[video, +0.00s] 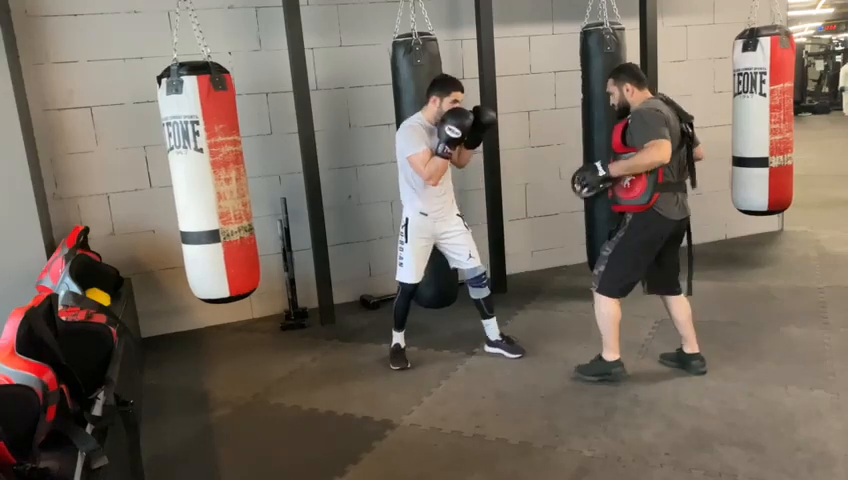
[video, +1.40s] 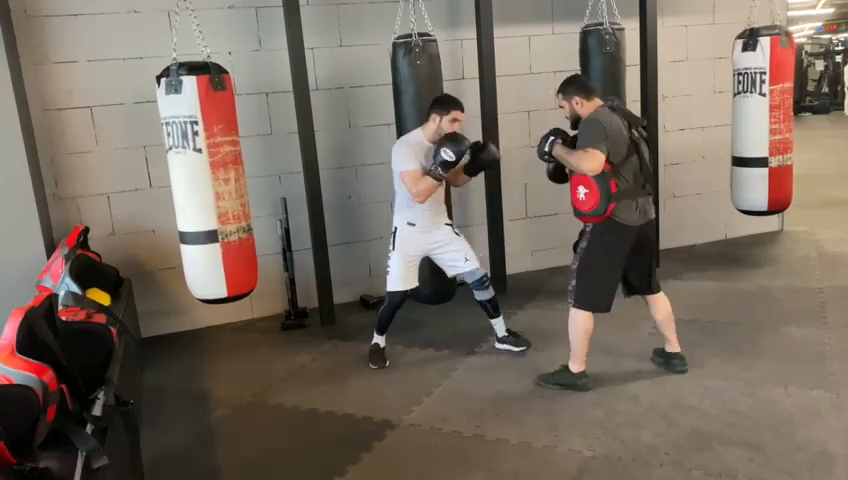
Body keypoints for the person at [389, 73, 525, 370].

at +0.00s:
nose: (457, 109)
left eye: (460, 104)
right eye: (454, 102)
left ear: (445, 102)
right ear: (434, 100)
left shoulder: (445, 127)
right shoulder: (409, 130)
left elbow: (461, 161)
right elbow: (430, 176)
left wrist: (475, 134)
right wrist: (448, 141)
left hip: (449, 217)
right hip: (418, 220)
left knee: (476, 275)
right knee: (408, 285)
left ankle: (494, 338)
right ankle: (397, 344)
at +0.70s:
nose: (474, 130)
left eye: (476, 126)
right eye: (475, 125)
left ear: (464, 117)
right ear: (467, 117)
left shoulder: (453, 141)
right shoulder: (437, 135)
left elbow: (467, 183)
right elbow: (461, 181)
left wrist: (483, 152)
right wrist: (478, 151)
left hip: (446, 225)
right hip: (421, 227)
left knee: (482, 277)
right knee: (412, 296)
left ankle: (505, 335)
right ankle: (383, 349)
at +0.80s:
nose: (488, 145)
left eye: (489, 142)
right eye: (489, 140)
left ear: (472, 130)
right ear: (478, 131)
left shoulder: (449, 147)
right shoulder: (458, 148)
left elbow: (449, 198)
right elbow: (500, 183)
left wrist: (477, 185)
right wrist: (503, 148)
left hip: (451, 231)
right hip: (427, 235)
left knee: (490, 277)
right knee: (422, 306)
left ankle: (504, 336)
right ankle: (380, 350)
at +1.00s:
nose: (500, 139)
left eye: (503, 134)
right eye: (496, 132)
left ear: (501, 132)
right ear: (481, 126)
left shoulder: (495, 154)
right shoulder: (445, 139)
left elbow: (509, 181)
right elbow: (435, 179)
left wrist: (541, 190)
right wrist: (462, 148)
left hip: (465, 232)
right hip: (429, 230)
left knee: (498, 288)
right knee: (411, 293)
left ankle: (505, 338)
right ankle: (390, 348)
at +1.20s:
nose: (488, 136)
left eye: (491, 131)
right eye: (485, 129)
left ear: (492, 130)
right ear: (468, 122)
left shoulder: (482, 152)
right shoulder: (435, 140)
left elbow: (487, 188)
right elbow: (432, 186)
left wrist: (513, 193)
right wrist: (460, 158)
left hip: (462, 231)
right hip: (426, 230)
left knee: (498, 279)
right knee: (405, 291)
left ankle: (505, 336)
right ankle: (381, 340)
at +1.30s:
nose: (477, 133)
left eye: (478, 127)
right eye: (472, 125)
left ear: (475, 127)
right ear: (453, 120)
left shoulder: (468, 147)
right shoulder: (421, 144)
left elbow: (469, 185)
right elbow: (428, 192)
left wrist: (494, 178)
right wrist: (455, 160)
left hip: (453, 229)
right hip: (419, 231)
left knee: (492, 277)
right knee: (407, 294)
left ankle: (505, 336)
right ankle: (380, 341)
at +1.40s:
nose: (457, 129)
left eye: (459, 123)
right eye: (453, 122)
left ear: (453, 123)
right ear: (436, 119)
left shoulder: (446, 147)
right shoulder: (405, 147)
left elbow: (456, 181)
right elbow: (419, 194)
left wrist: (475, 165)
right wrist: (442, 166)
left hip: (441, 228)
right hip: (408, 231)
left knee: (476, 275)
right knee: (398, 293)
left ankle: (502, 334)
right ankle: (378, 342)